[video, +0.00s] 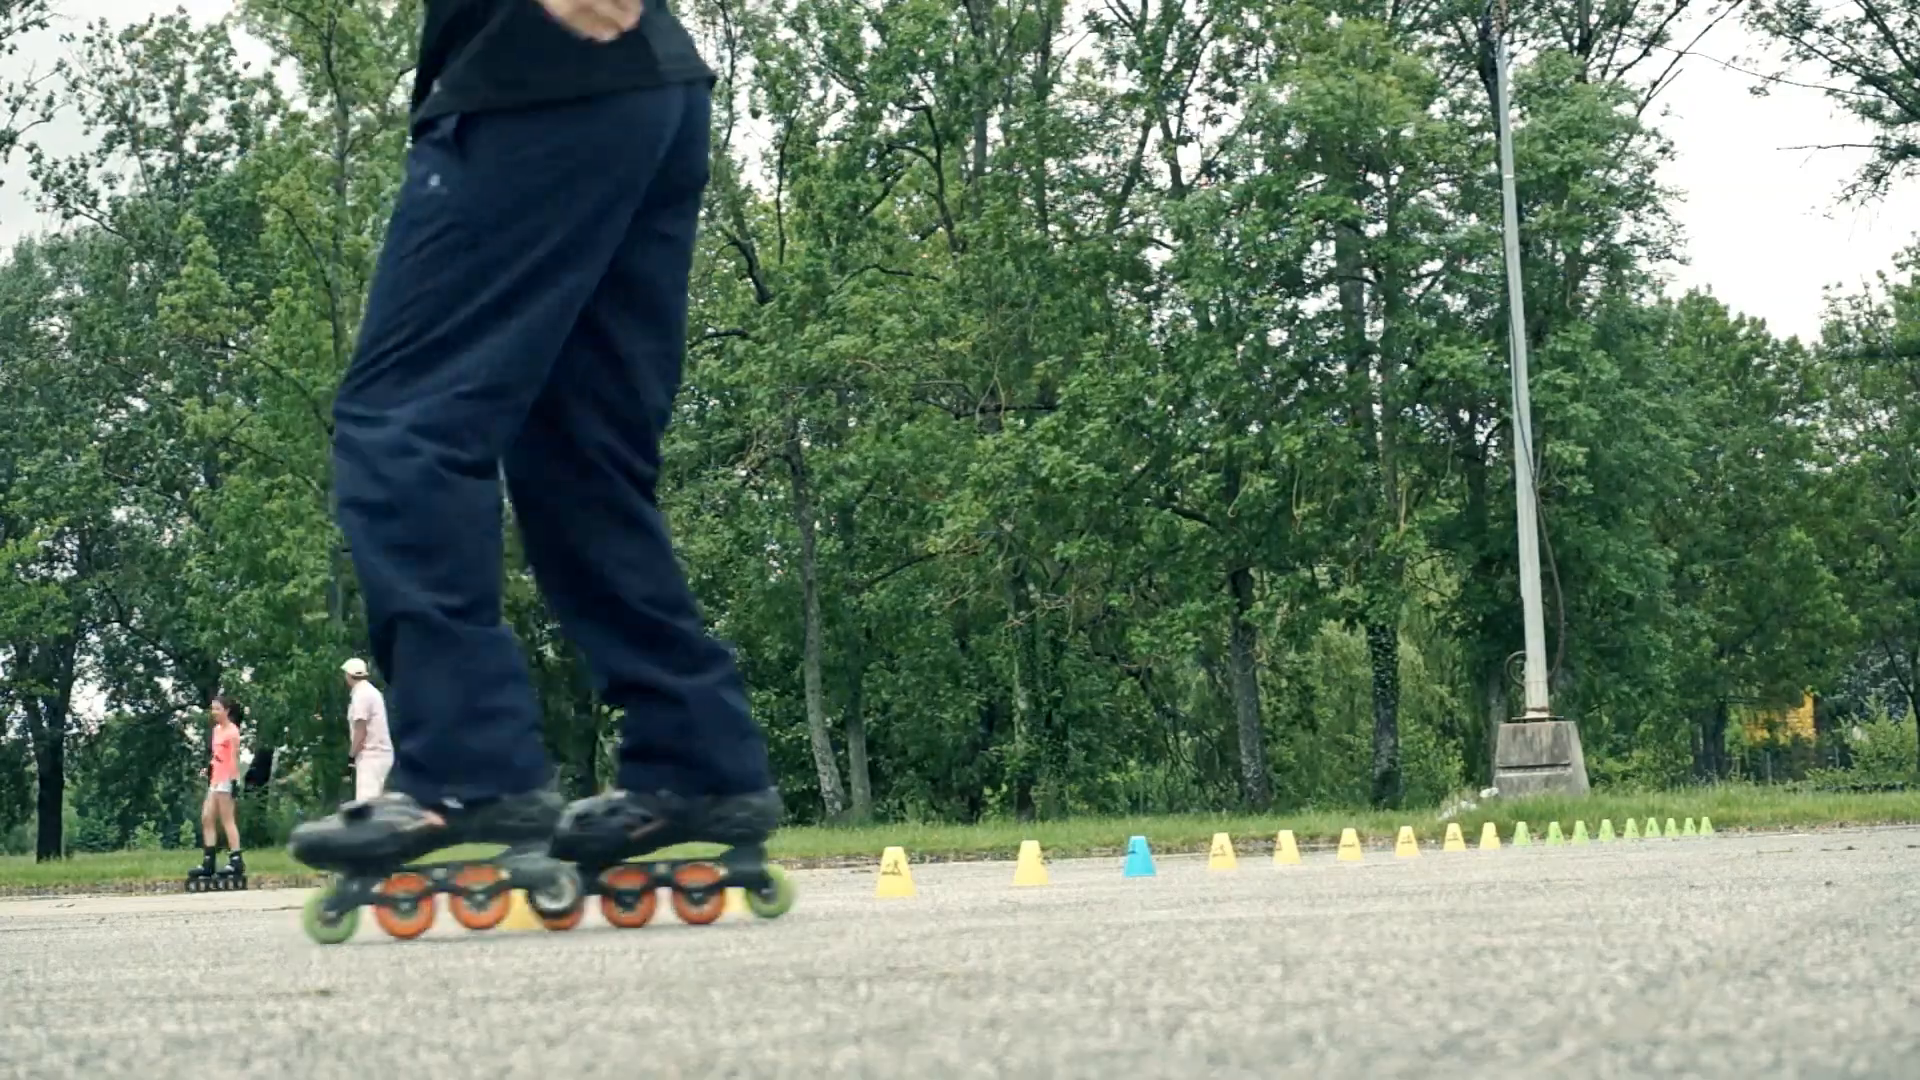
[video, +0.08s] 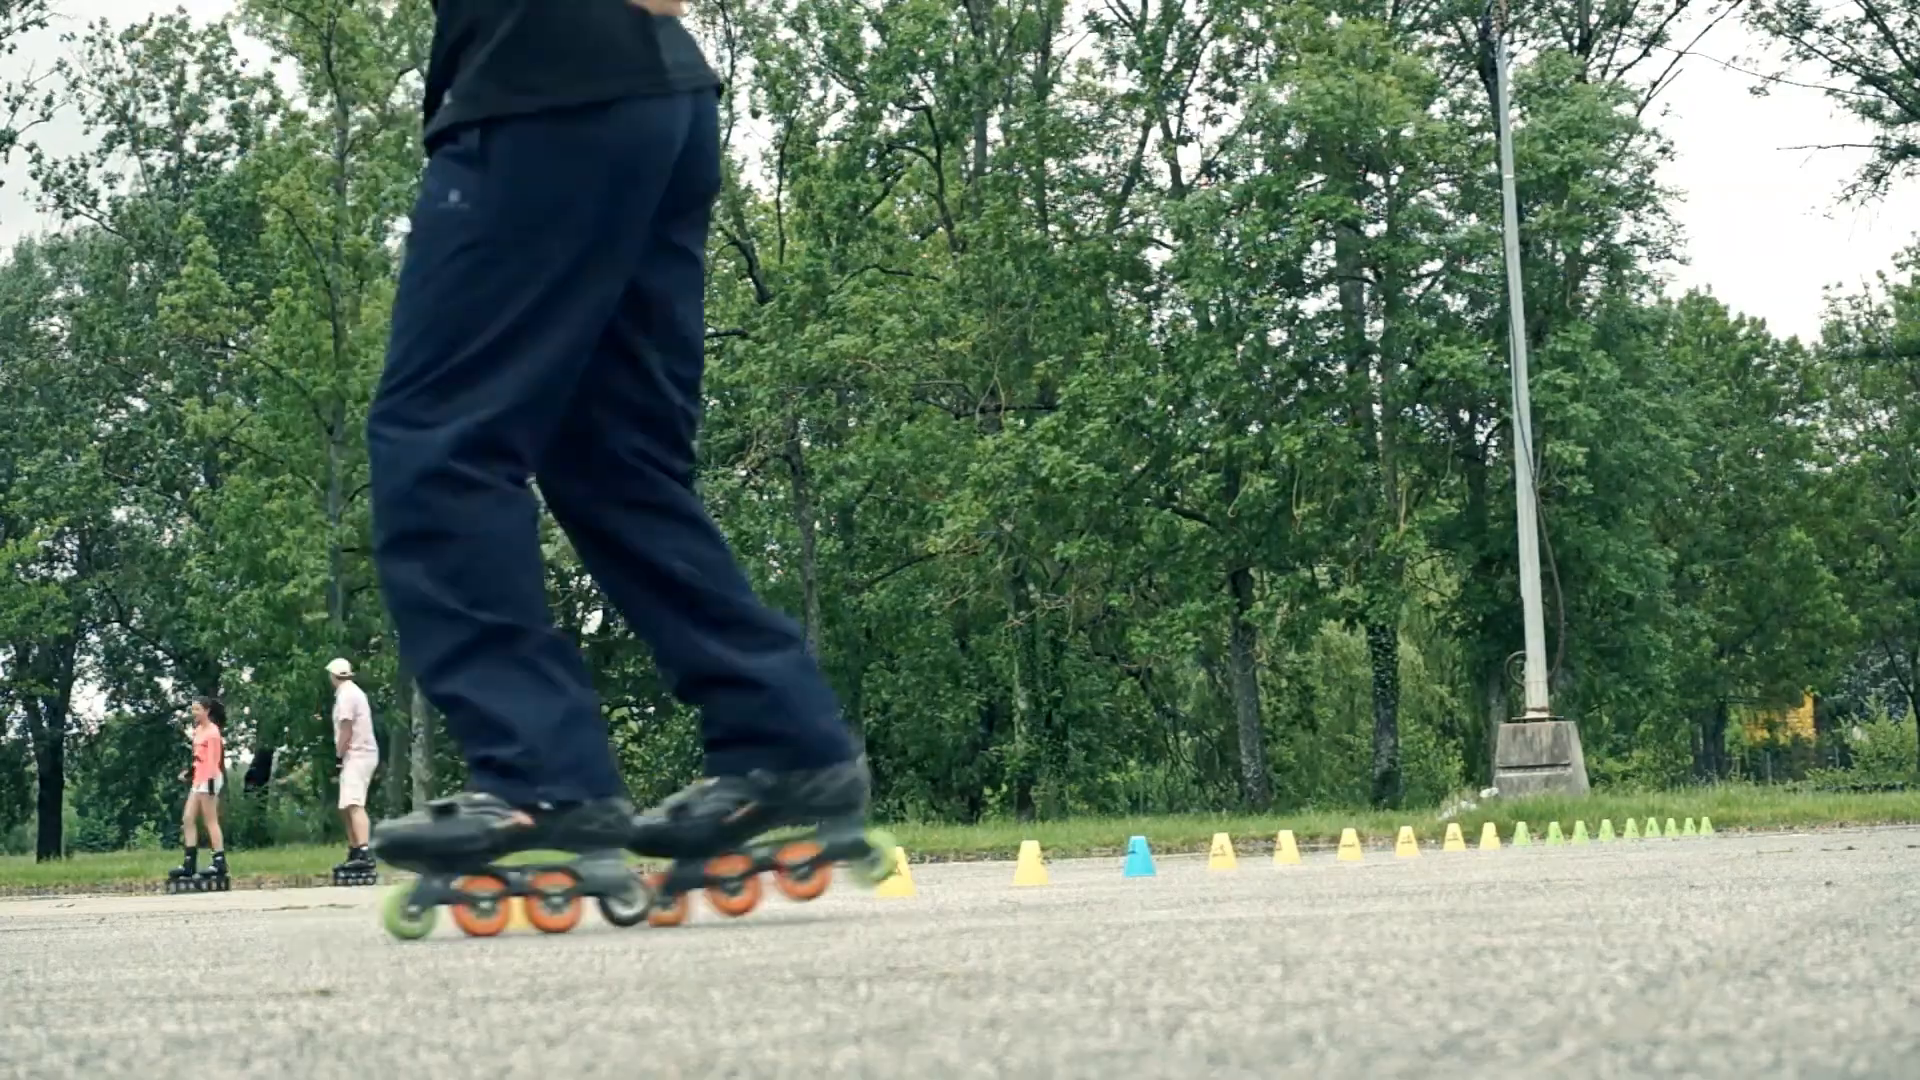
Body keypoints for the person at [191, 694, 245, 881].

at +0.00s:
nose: (213, 712)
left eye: (217, 709)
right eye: (212, 709)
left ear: (226, 711)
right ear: (213, 711)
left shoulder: (232, 732)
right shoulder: (216, 730)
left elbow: (234, 757)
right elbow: (217, 755)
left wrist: (235, 778)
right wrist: (209, 768)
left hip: (226, 778)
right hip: (215, 778)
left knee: (227, 819)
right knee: (207, 818)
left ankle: (236, 859)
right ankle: (208, 861)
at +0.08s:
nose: (193, 712)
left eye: (196, 709)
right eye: (193, 709)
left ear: (206, 711)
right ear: (195, 712)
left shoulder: (212, 732)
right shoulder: (198, 731)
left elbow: (213, 759)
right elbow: (199, 758)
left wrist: (210, 779)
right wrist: (190, 772)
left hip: (209, 777)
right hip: (198, 778)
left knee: (210, 820)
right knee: (188, 819)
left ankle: (219, 860)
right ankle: (189, 862)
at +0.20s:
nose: (164, 714)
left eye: (168, 710)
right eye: (164, 710)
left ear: (178, 712)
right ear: (165, 712)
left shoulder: (184, 732)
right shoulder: (170, 732)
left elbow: (183, 759)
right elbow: (172, 759)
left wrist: (173, 779)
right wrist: (164, 774)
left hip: (183, 777)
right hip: (172, 777)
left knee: (183, 820)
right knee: (164, 819)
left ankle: (191, 861)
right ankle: (165, 864)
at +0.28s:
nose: (146, 713)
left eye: (149, 710)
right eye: (145, 710)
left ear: (159, 712)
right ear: (148, 713)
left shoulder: (164, 733)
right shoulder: (151, 732)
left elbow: (163, 761)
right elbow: (154, 760)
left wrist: (152, 778)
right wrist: (146, 776)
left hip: (166, 777)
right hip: (154, 777)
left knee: (165, 820)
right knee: (147, 819)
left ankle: (173, 861)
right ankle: (151, 862)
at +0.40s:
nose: (116, 713)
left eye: (120, 710)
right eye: (115, 709)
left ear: (130, 713)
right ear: (117, 713)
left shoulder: (133, 733)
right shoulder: (121, 733)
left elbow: (133, 762)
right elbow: (125, 762)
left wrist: (122, 781)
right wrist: (116, 779)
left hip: (137, 778)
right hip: (126, 778)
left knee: (138, 821)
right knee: (121, 821)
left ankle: (147, 863)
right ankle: (128, 862)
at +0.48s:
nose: (99, 712)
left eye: (102, 709)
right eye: (98, 709)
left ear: (111, 713)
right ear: (99, 713)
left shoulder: (114, 733)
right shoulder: (102, 733)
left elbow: (115, 759)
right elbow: (106, 759)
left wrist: (103, 775)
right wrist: (101, 776)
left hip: (119, 777)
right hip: (108, 778)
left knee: (119, 820)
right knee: (105, 821)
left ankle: (129, 862)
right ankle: (113, 862)